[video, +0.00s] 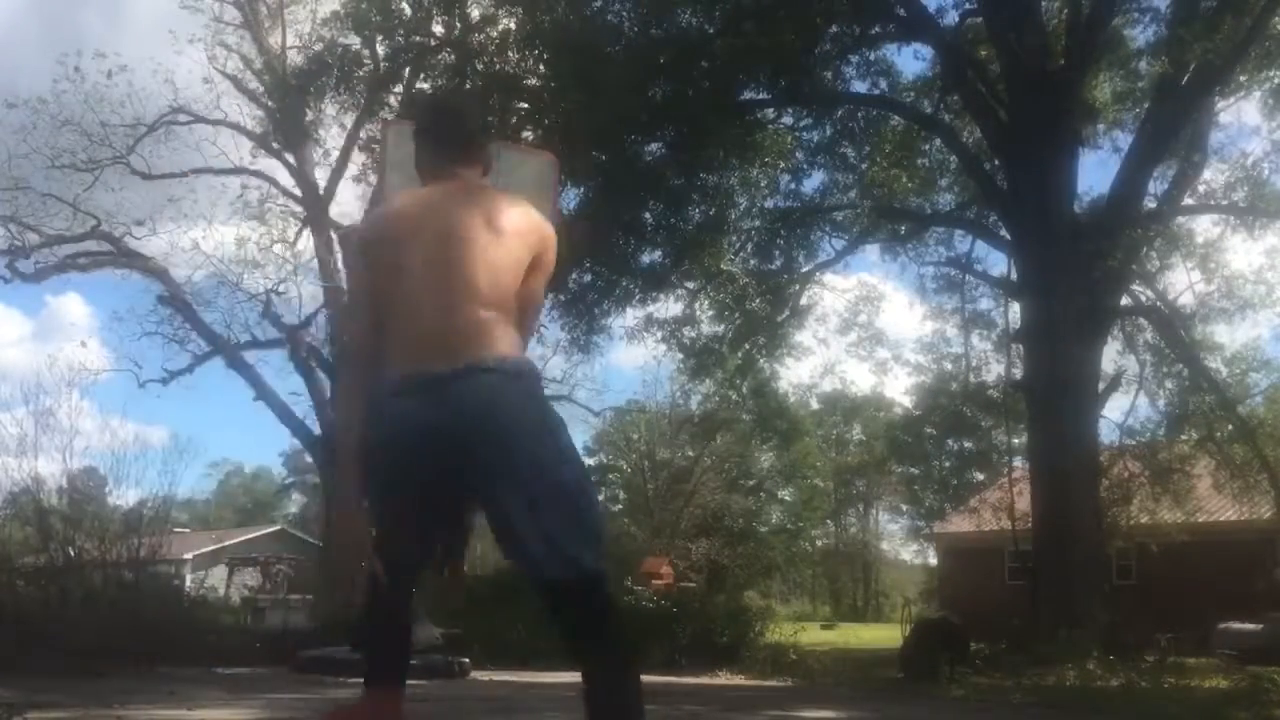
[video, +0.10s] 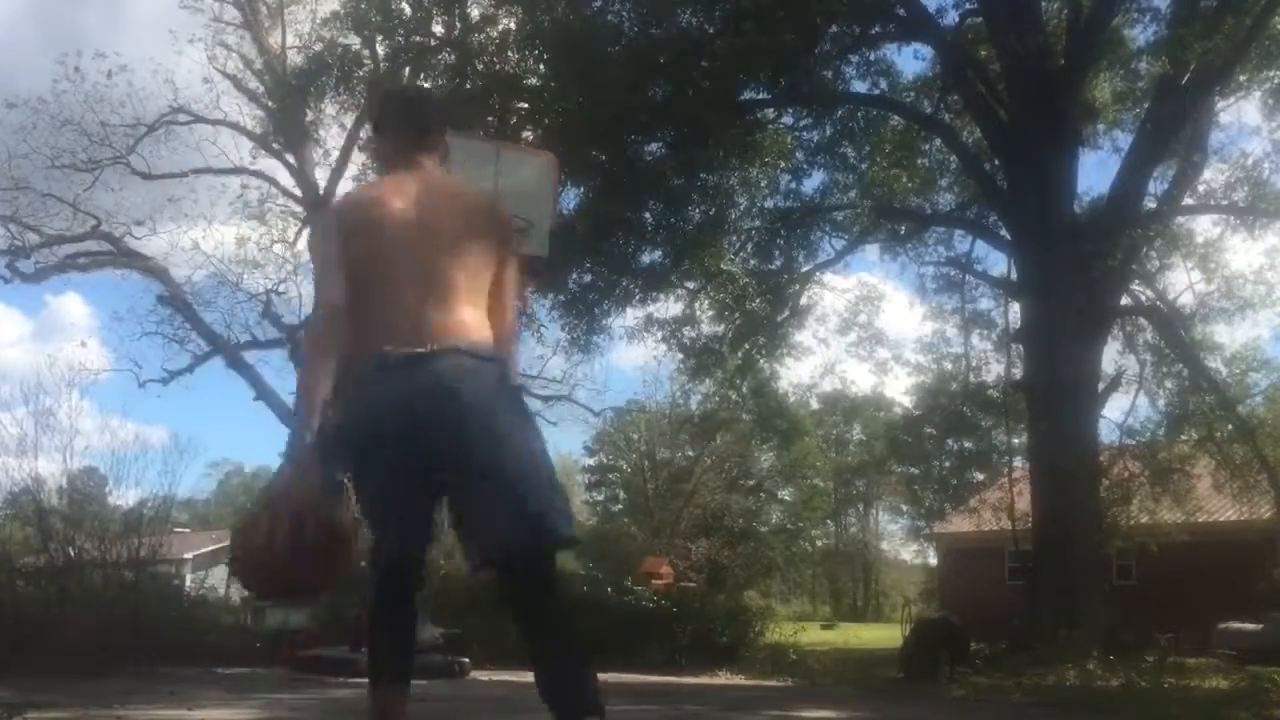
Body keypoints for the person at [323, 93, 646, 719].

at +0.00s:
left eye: (426, 156)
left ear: (420, 158)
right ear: (484, 156)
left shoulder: (377, 225)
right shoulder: (532, 225)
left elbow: (362, 343)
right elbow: (520, 332)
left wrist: (351, 446)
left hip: (405, 414)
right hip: (504, 408)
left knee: (395, 567)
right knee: (574, 573)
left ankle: (381, 701)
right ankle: (616, 705)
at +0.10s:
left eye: (375, 141)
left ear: (376, 144)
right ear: (441, 142)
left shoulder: (339, 215)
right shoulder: (489, 209)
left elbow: (330, 322)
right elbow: (503, 325)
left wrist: (305, 442)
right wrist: (498, 400)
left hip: (377, 400)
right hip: (474, 393)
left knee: (395, 568)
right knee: (531, 575)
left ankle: (387, 708)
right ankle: (580, 708)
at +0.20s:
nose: (341, 115)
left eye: (341, 104)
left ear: (342, 106)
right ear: (406, 106)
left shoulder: (312, 164)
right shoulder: (454, 172)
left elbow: (312, 234)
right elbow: (481, 287)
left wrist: (256, 344)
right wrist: (492, 386)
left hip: (352, 354)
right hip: (443, 353)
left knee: (373, 545)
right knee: (458, 540)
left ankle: (379, 704)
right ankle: (462, 700)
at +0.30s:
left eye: (308, 80)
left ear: (311, 80)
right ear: (378, 86)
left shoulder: (289, 122)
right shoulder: (420, 147)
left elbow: (286, 169)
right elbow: (453, 259)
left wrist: (182, 259)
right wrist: (466, 366)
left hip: (313, 320)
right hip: (398, 322)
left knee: (333, 505)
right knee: (396, 502)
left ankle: (339, 685)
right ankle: (353, 660)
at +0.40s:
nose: (275, 104)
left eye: (278, 93)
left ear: (285, 92)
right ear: (348, 98)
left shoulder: (264, 138)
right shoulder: (392, 161)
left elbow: (187, 185)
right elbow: (417, 254)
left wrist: (116, 238)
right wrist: (422, 368)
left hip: (272, 331)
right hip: (355, 337)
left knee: (283, 521)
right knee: (346, 533)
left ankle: (250, 692)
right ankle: (284, 696)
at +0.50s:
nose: (262, 137)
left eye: (261, 126)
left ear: (262, 132)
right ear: (320, 134)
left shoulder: (228, 190)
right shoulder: (357, 196)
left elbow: (158, 253)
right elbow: (368, 299)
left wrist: (94, 321)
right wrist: (357, 392)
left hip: (235, 371)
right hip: (313, 376)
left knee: (222, 542)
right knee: (318, 564)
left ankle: (152, 692)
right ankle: (259, 707)